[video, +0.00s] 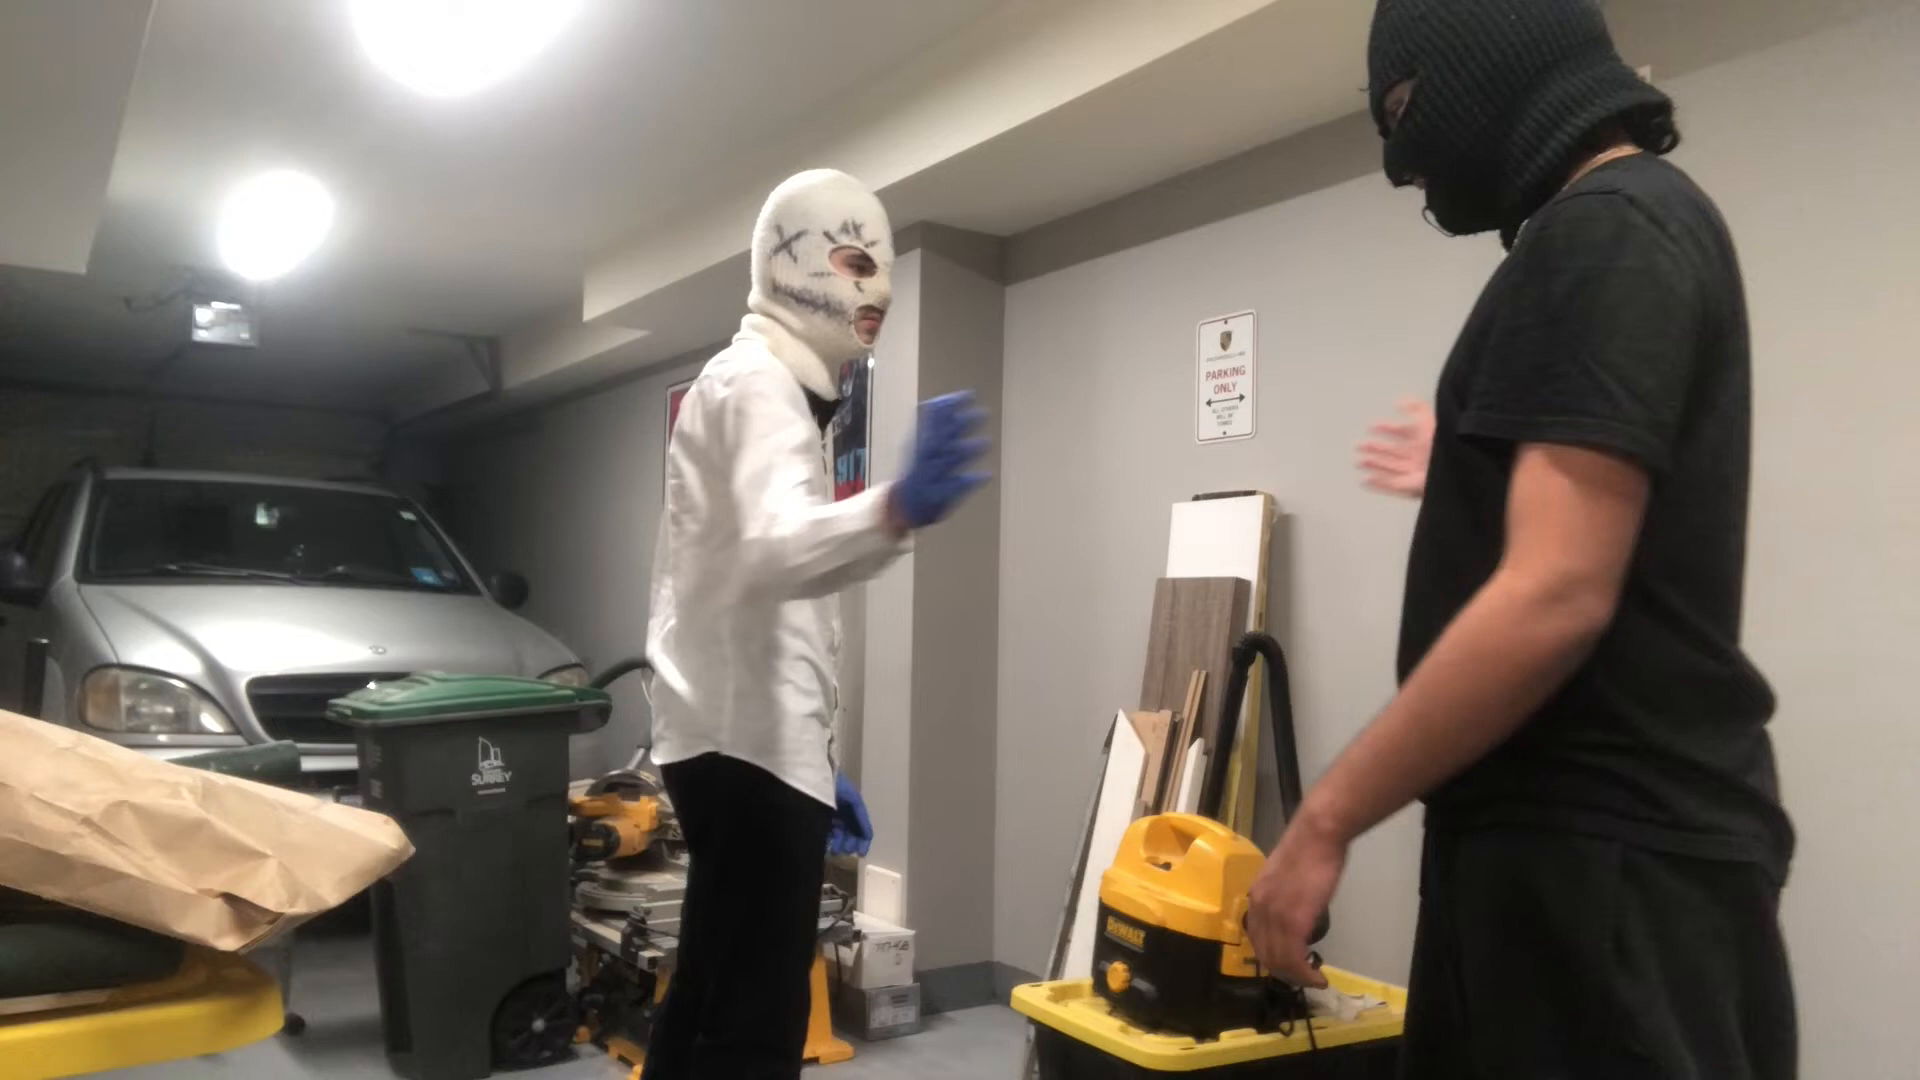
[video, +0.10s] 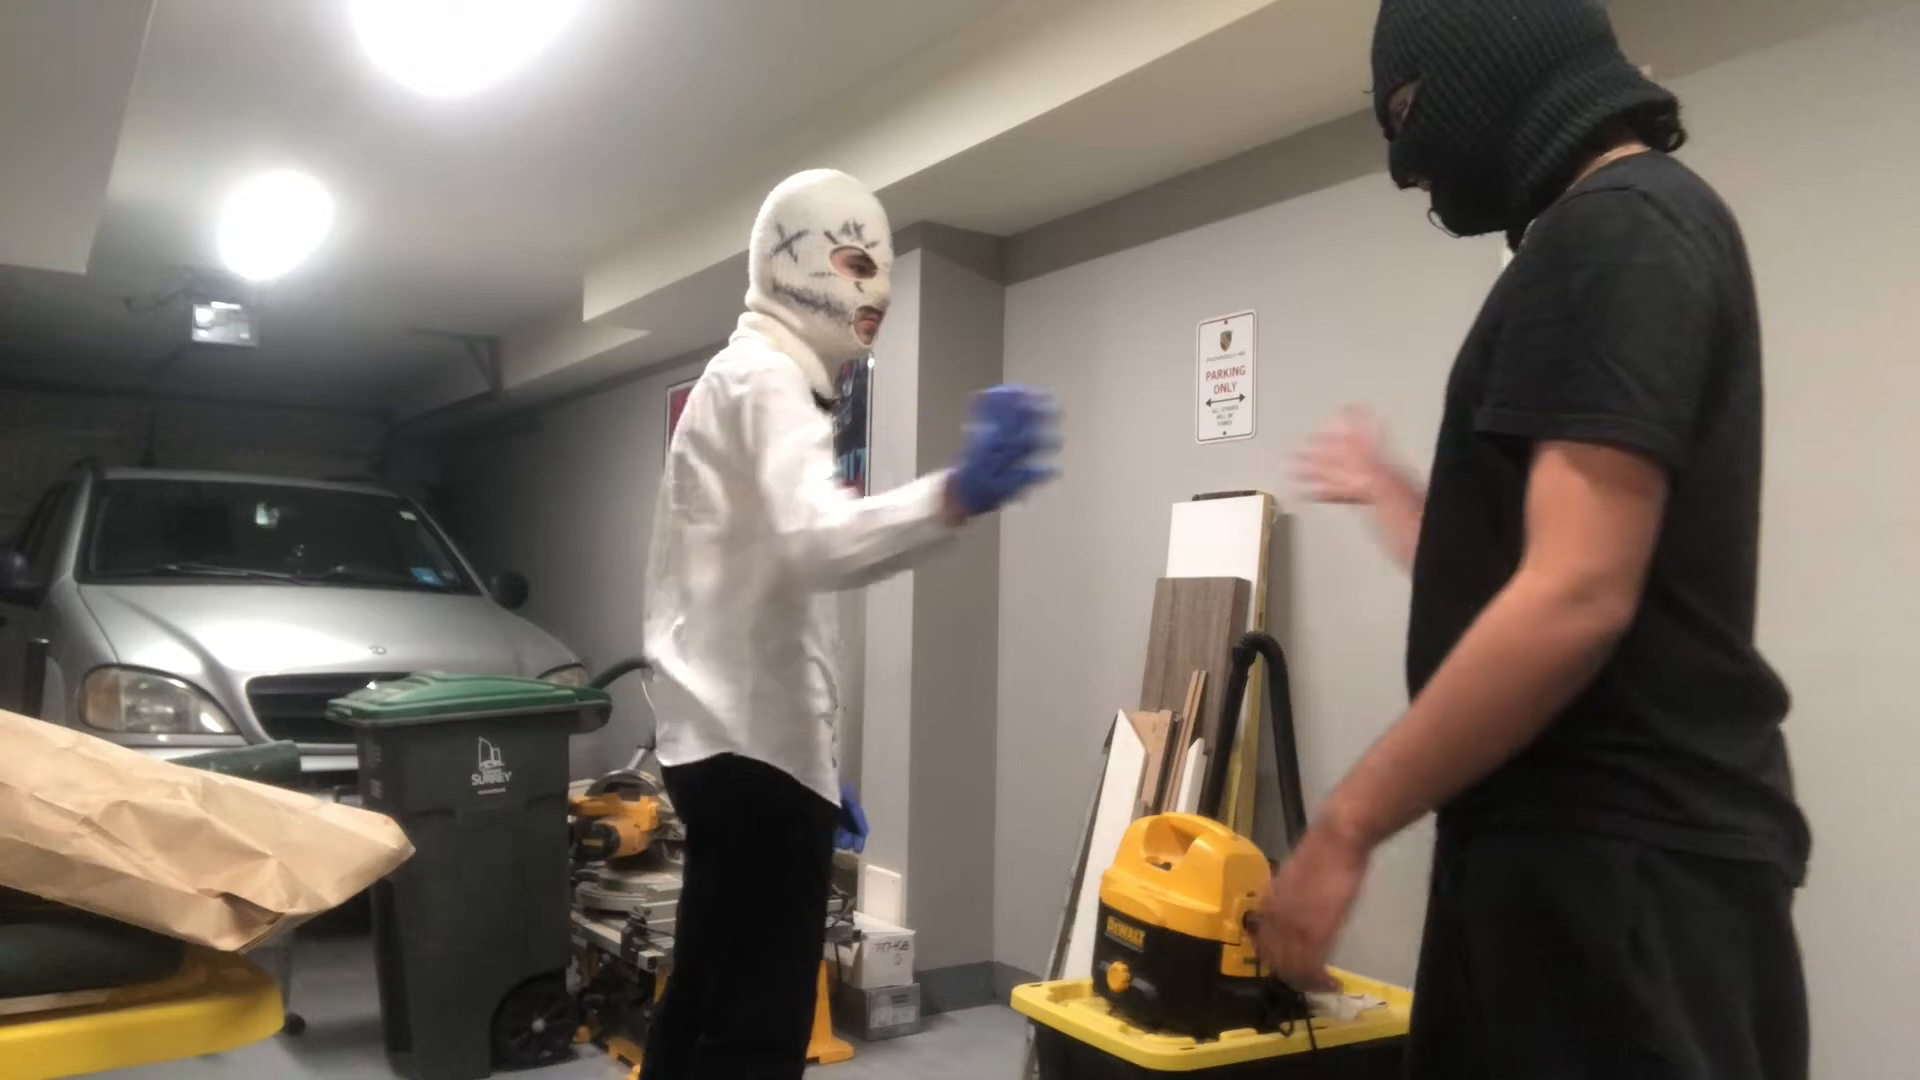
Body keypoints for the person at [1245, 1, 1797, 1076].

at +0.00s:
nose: (1402, 162)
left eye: (1402, 111)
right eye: (1390, 127)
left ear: (1475, 70)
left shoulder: (1610, 223)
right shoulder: (1629, 220)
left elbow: (1556, 589)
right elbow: (1647, 497)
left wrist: (1326, 820)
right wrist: (1472, 457)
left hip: (1599, 868)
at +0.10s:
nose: (1406, 165)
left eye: (1406, 112)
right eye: (1393, 129)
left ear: (1478, 69)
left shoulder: (1619, 222)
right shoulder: (1610, 227)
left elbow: (1577, 592)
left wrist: (1346, 825)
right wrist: (1387, 494)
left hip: (1614, 871)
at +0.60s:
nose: (1383, 165)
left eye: (1384, 118)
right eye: (1375, 129)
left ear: (1454, 82)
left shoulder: (1600, 226)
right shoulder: (1556, 241)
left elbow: (1644, 584)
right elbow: (1457, 524)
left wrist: (1500, 897)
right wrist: (1226, 451)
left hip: (1617, 883)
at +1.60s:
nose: (1385, 177)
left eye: (1382, 127)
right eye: (1373, 142)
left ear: (1440, 88)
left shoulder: (1603, 234)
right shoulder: (1537, 264)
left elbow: (1662, 583)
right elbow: (1312, 348)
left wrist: (1434, 850)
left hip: (1607, 867)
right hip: (1536, 861)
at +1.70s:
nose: (1383, 170)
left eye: (1383, 122)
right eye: (1374, 133)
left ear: (1453, 87)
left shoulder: (1610, 235)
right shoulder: (1543, 268)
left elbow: (1666, 588)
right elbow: (1299, 384)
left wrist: (1447, 866)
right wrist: (1209, 198)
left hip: (1605, 880)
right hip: (1537, 880)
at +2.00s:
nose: (1401, 171)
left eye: (1403, 122)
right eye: (1393, 135)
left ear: (1476, 82)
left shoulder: (1624, 225)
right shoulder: (1556, 263)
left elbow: (1667, 580)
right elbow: (1329, 474)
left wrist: (1438, 851)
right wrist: (1111, 479)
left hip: (1598, 869)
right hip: (1525, 866)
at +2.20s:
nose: (1405, 159)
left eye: (1410, 111)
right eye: (1396, 124)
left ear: (1488, 68)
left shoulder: (1636, 233)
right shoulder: (1553, 265)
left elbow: (1677, 595)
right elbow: (1376, 521)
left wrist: (1433, 855)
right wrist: (1176, 451)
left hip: (1594, 921)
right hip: (1507, 915)